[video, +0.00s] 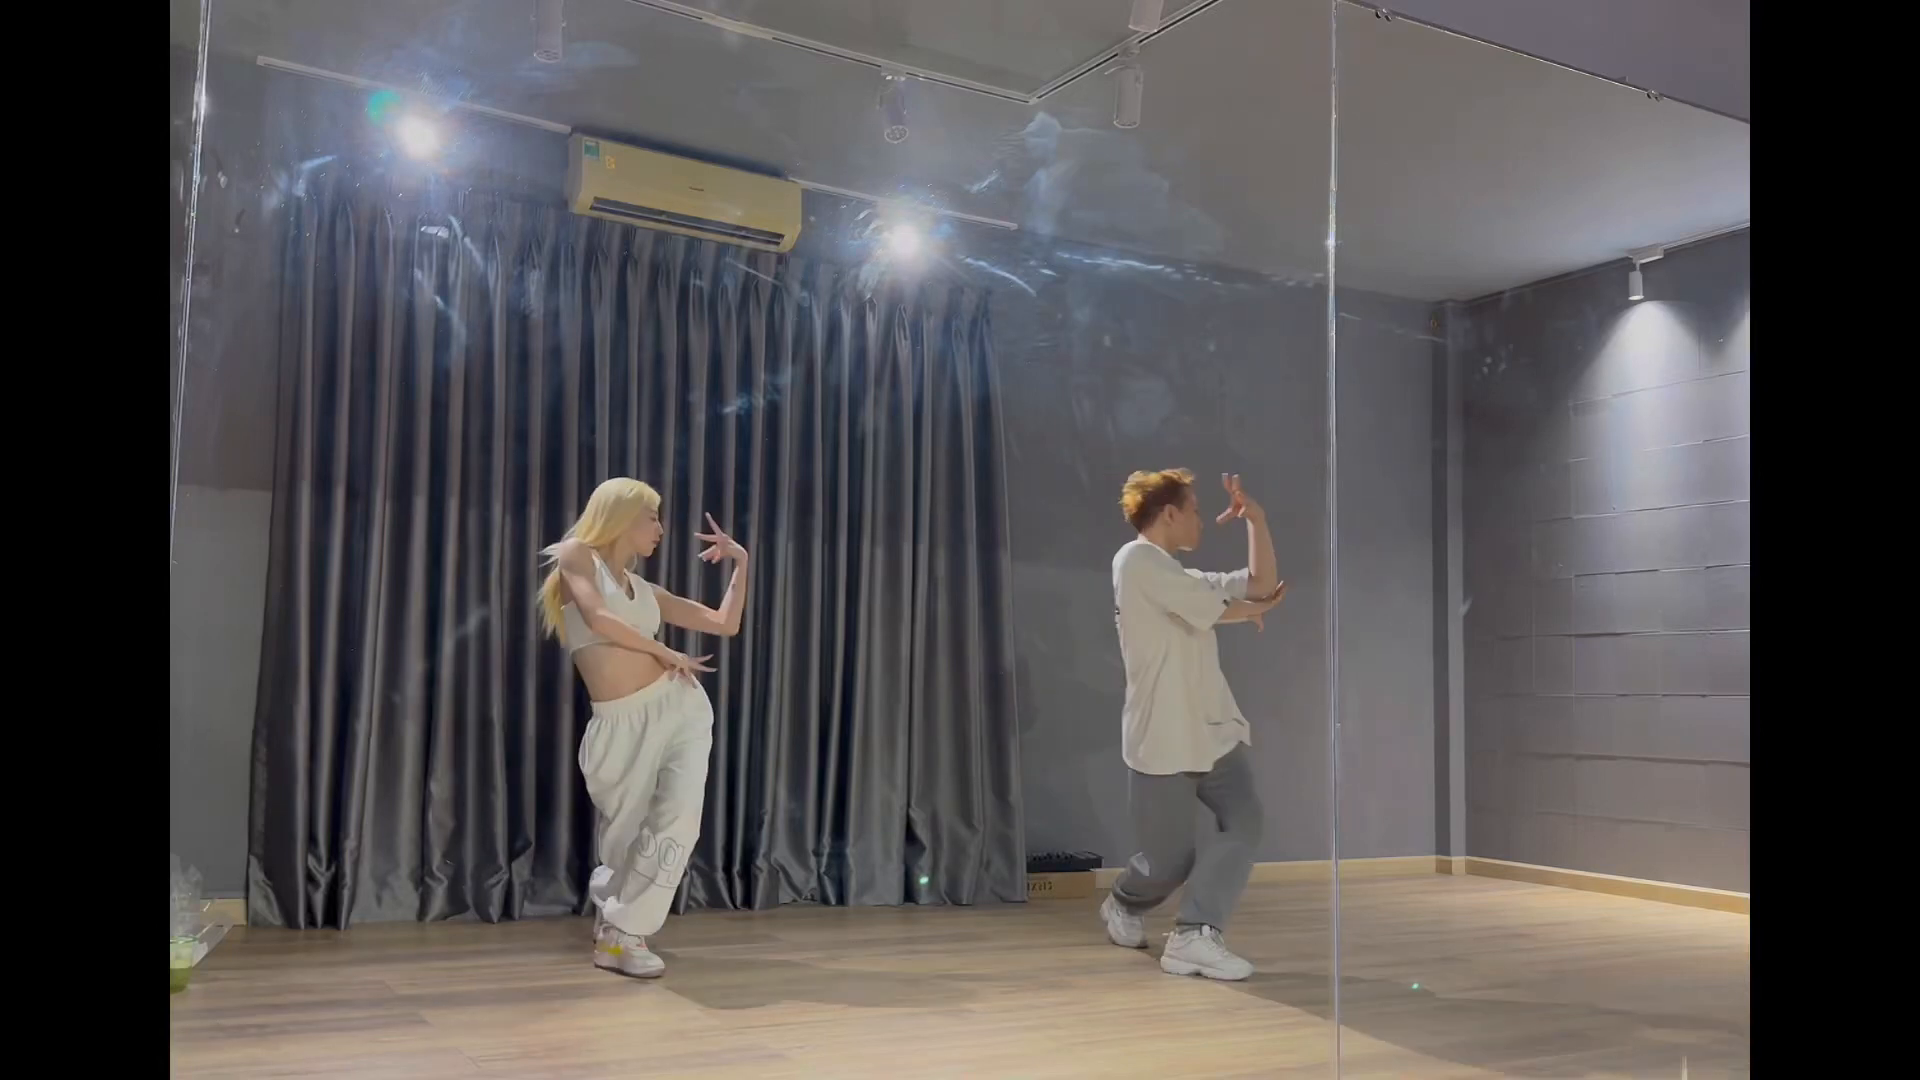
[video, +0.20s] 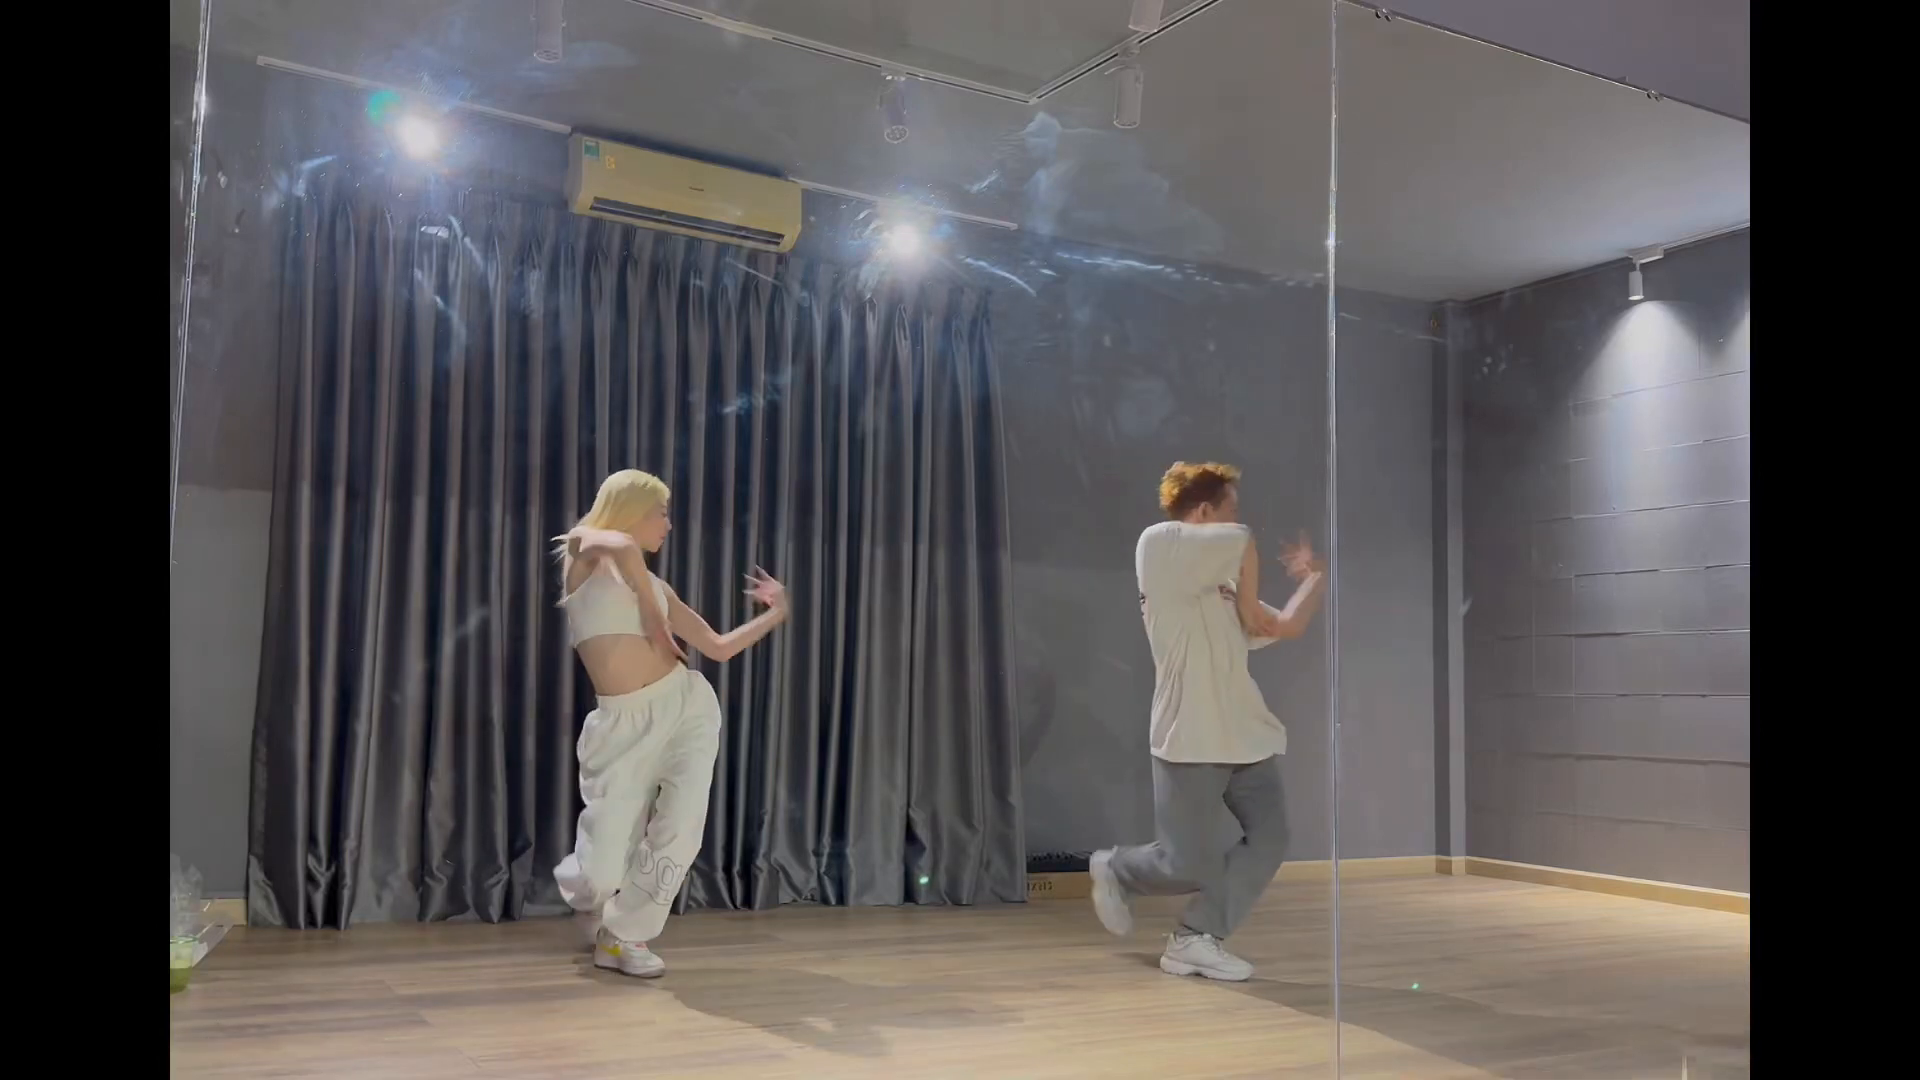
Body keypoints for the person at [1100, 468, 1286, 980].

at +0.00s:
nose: (1201, 521)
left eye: (1199, 511)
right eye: (1194, 511)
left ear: (1164, 515)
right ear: (1169, 513)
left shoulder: (1182, 576)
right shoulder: (1138, 560)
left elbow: (1259, 586)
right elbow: (1196, 607)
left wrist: (1255, 520)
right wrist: (1254, 609)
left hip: (1212, 729)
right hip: (1160, 734)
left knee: (1243, 825)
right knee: (1169, 858)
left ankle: (1193, 937)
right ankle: (1124, 905)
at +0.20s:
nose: (1235, 518)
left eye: (1235, 509)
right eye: (1230, 508)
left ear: (1200, 508)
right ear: (1205, 505)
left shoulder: (1217, 576)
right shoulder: (1157, 543)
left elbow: (1285, 624)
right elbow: (1240, 539)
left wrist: (1314, 578)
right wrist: (1251, 609)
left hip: (1244, 729)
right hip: (1187, 733)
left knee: (1268, 837)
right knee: (1192, 864)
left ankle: (1195, 939)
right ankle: (1112, 869)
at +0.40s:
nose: (1254, 508)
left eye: (1261, 499)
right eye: (1241, 499)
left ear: (1275, 507)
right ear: (1215, 506)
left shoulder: (1285, 572)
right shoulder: (1205, 551)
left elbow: (1285, 635)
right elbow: (1210, 517)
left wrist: (1291, 587)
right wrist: (1275, 538)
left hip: (1262, 720)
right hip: (1207, 706)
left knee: (1293, 851)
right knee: (1282, 795)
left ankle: (1193, 938)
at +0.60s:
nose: (1257, 517)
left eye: (1267, 504)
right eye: (1250, 508)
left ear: (1300, 511)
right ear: (1245, 519)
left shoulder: (1342, 572)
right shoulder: (1230, 582)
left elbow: (1360, 639)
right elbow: (1242, 620)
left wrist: (1279, 632)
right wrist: (1257, 531)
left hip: (1323, 745)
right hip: (1247, 736)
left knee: (1318, 883)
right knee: (1299, 844)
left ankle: (1208, 928)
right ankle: (1346, 956)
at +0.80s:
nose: (1308, 455)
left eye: (1317, 444)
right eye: (1296, 444)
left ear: (1329, 450)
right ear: (1270, 450)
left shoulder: (1355, 509)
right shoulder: (1244, 516)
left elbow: (1398, 571)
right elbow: (1257, 581)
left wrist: (1347, 555)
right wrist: (1280, 518)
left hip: (1352, 696)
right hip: (1279, 696)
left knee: (1328, 833)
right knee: (1310, 831)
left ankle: (1244, 924)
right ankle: (1346, 954)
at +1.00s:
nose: (1321, 416)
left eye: (1329, 408)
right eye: (1308, 406)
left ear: (1338, 419)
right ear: (1277, 416)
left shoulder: (1360, 481)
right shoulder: (1246, 491)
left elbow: (1421, 453)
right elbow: (1270, 558)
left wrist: (1338, 454)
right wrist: (1314, 491)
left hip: (1354, 668)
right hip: (1278, 675)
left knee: (1319, 807)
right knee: (1311, 807)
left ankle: (1278, 933)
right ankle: (1341, 944)